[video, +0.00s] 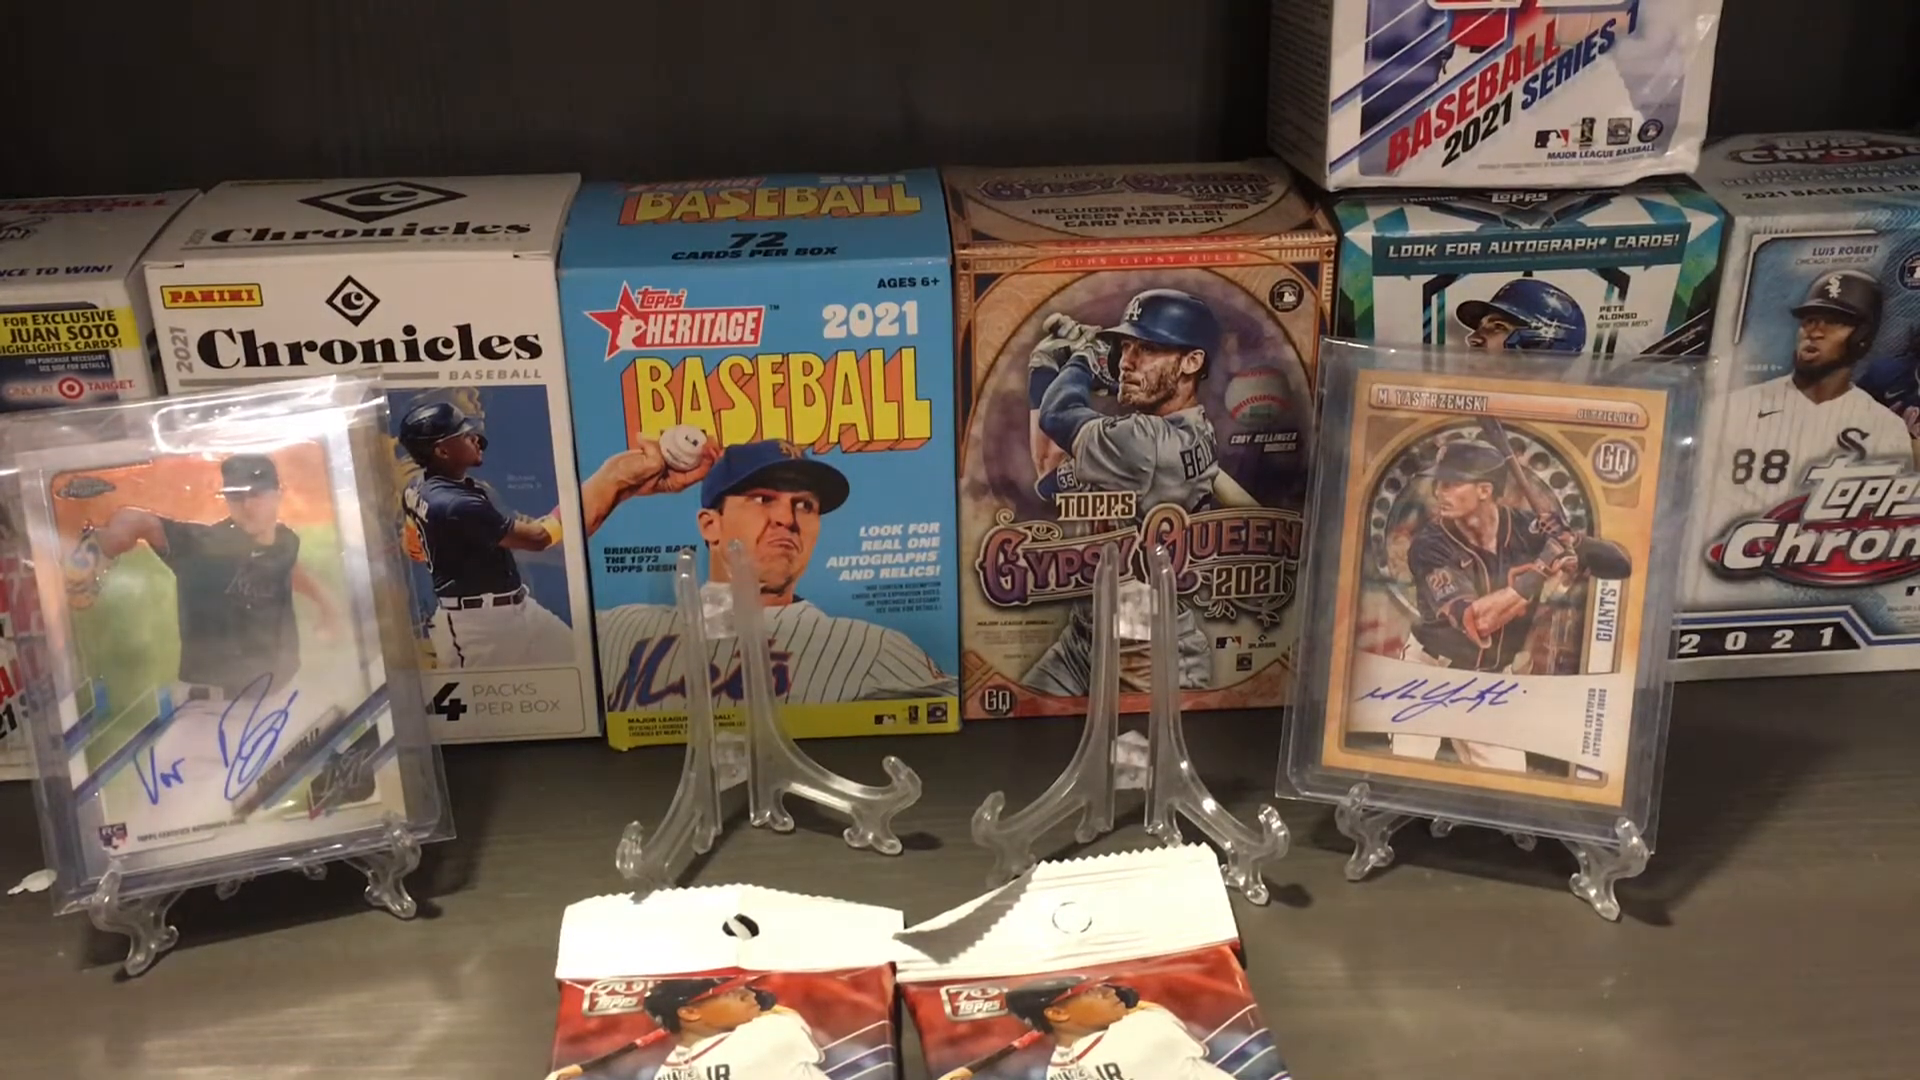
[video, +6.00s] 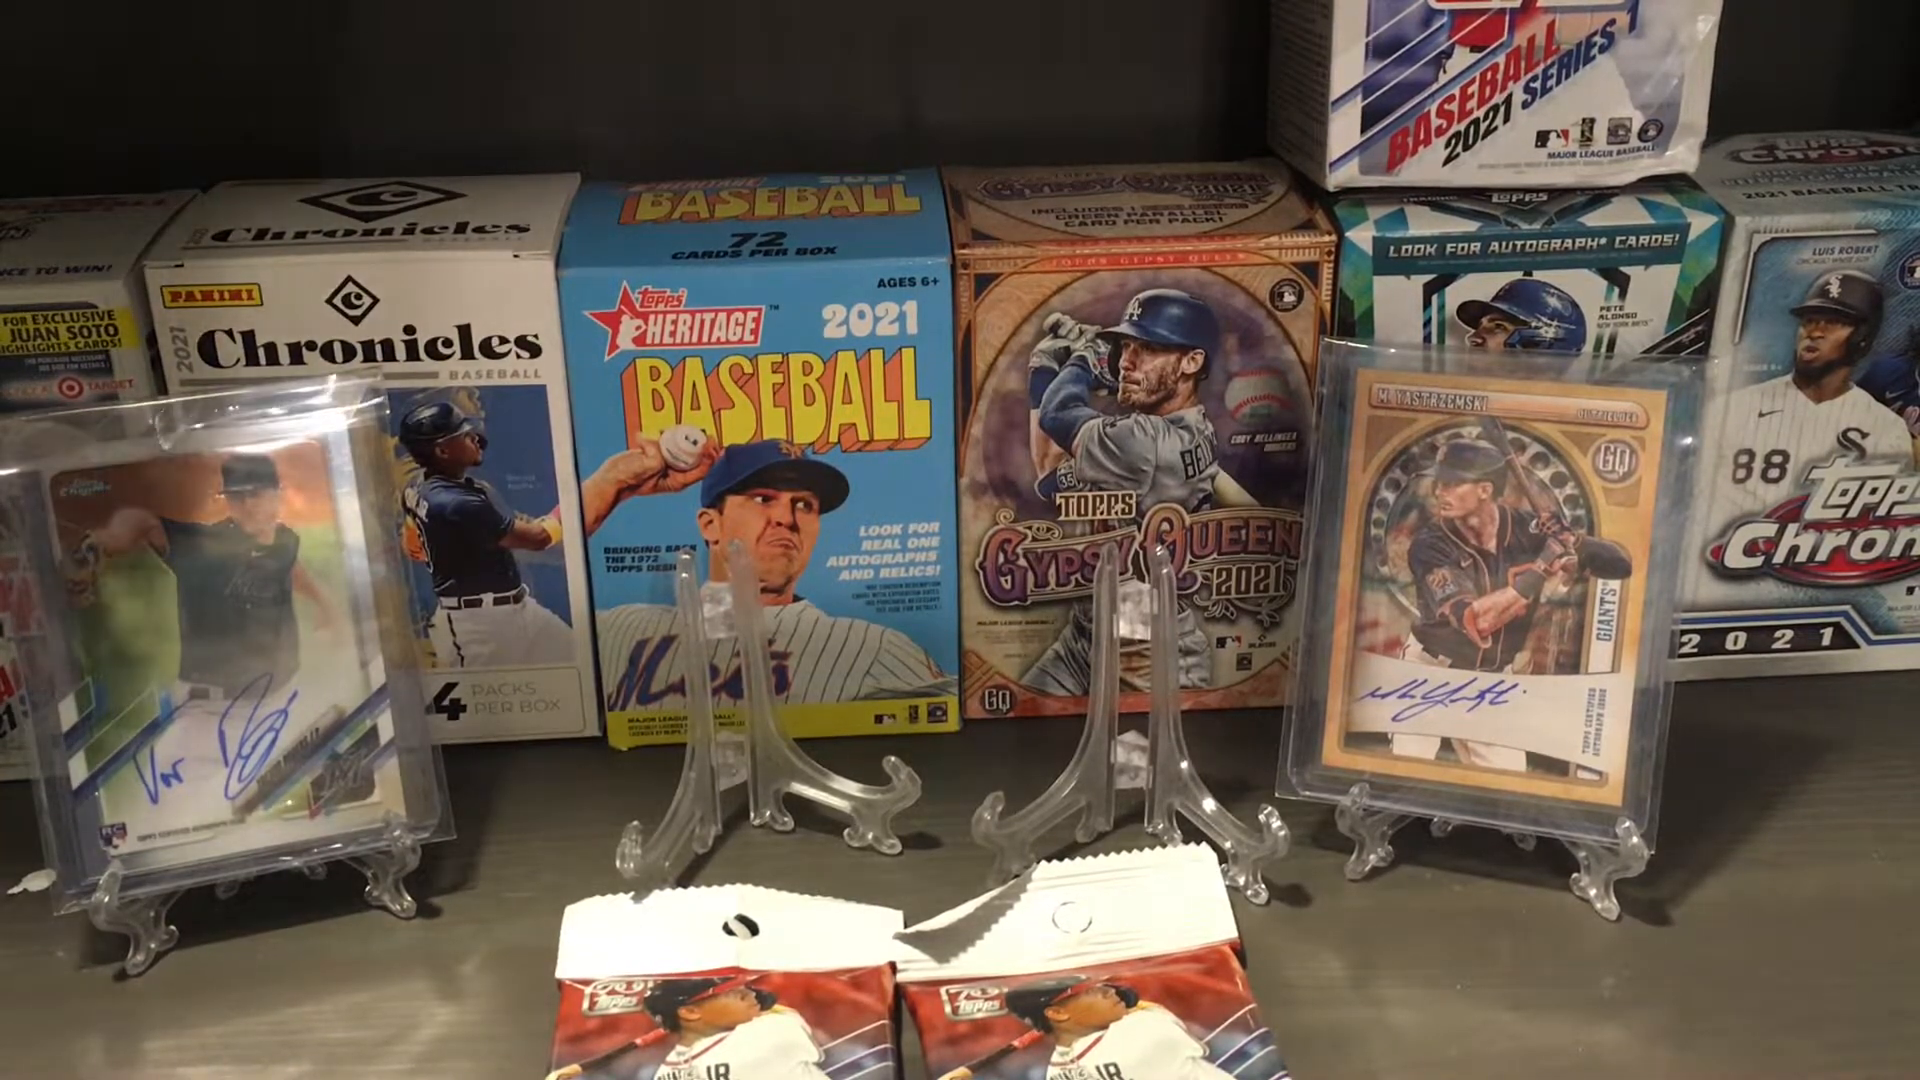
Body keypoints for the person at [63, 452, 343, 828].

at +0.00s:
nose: (247, 506)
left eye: (256, 494)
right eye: (236, 497)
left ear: (277, 495)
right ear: (226, 500)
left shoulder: (286, 542)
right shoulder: (198, 543)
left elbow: (287, 571)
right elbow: (134, 518)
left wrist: (325, 602)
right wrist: (99, 552)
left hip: (278, 702)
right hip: (211, 707)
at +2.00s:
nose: (249, 506)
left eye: (258, 496)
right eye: (239, 498)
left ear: (276, 495)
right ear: (228, 502)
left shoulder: (286, 541)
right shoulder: (202, 542)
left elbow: (291, 570)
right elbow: (144, 524)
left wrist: (322, 602)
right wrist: (110, 536)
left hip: (275, 685)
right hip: (215, 691)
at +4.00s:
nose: (246, 506)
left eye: (256, 496)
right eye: (237, 497)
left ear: (276, 496)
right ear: (227, 500)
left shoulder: (286, 541)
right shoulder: (201, 541)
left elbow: (291, 570)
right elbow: (134, 518)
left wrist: (323, 601)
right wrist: (117, 539)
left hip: (274, 686)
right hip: (212, 692)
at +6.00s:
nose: (265, 507)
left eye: (267, 496)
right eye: (252, 498)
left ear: (278, 497)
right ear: (235, 503)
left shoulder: (286, 543)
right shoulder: (201, 544)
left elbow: (292, 570)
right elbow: (138, 521)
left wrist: (324, 604)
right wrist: (113, 539)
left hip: (276, 692)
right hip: (214, 698)